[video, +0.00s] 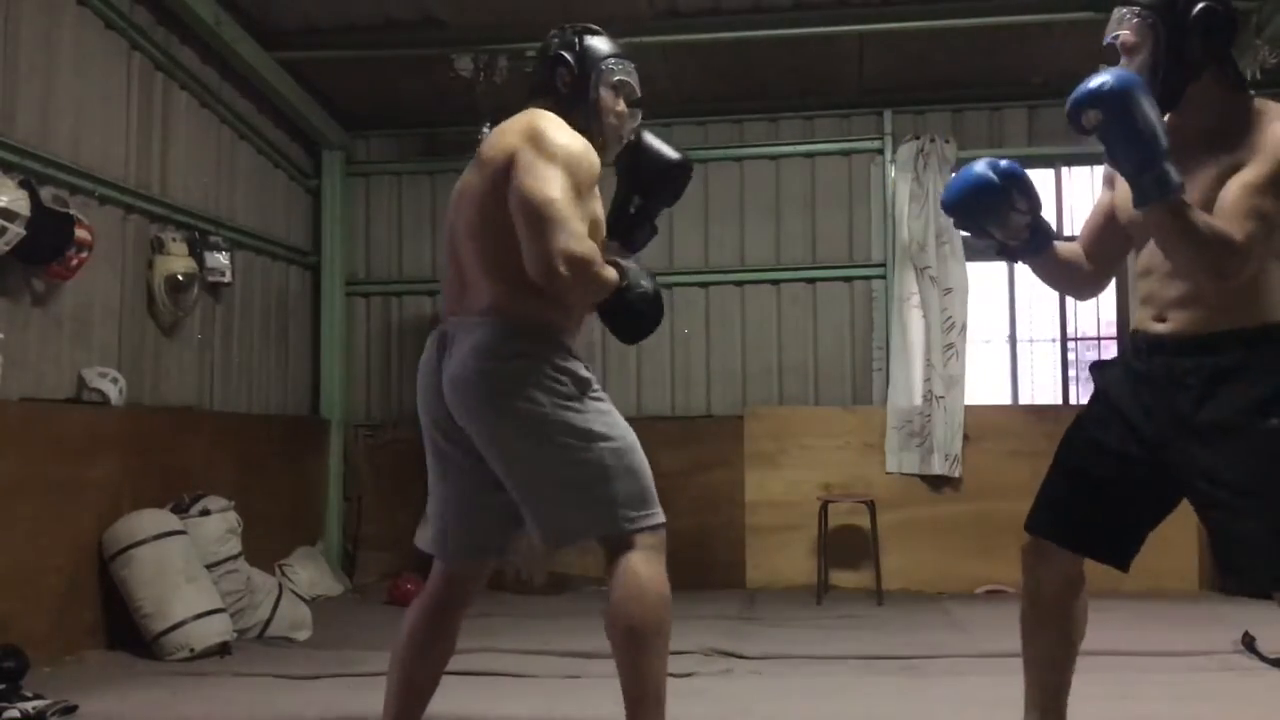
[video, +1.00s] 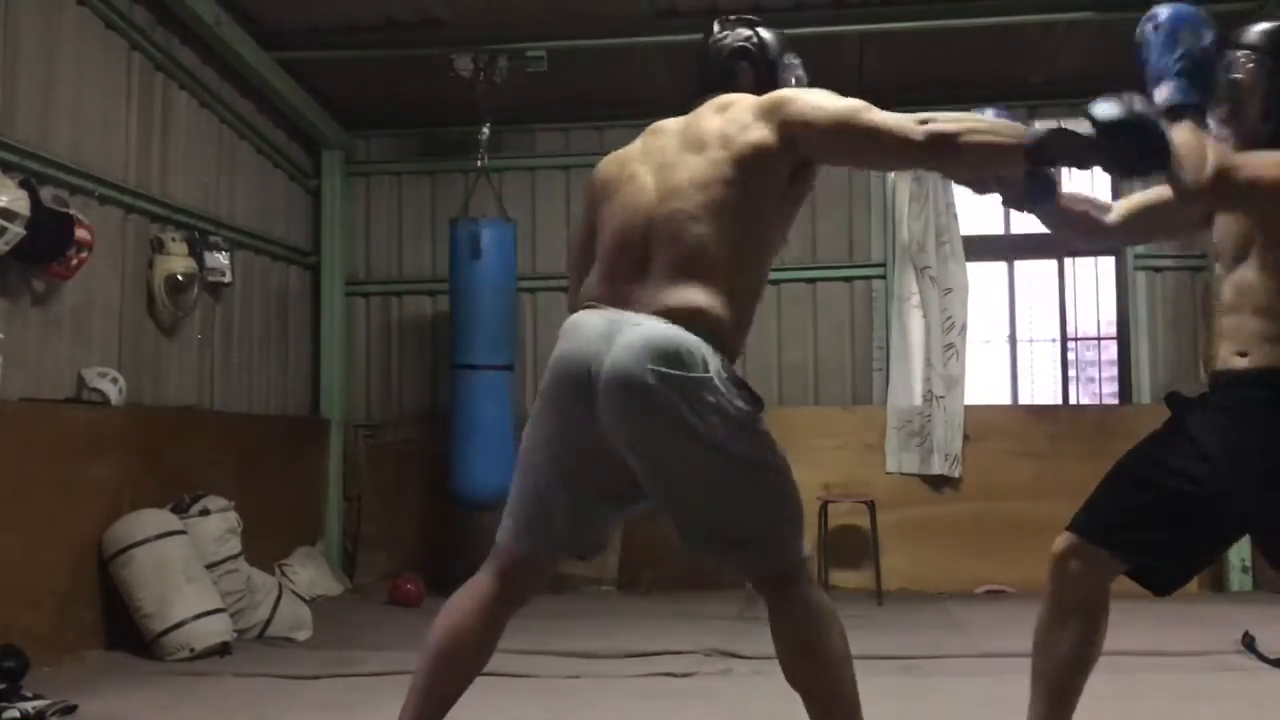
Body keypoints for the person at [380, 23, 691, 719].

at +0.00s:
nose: (632, 111)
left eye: (634, 96)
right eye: (621, 92)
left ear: (558, 88)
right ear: (575, 84)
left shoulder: (503, 146)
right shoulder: (552, 136)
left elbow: (568, 280)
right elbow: (561, 259)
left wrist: (628, 224)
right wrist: (620, 280)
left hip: (450, 368)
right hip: (519, 367)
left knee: (457, 569)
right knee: (640, 536)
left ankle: (398, 714)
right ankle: (647, 715)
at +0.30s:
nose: (654, 116)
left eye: (655, 100)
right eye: (649, 97)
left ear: (580, 84)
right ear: (618, 86)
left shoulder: (520, 149)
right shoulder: (606, 134)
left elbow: (537, 277)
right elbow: (653, 272)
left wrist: (627, 311)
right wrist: (659, 298)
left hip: (495, 379)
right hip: (571, 377)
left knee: (486, 586)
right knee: (675, 572)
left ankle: (411, 714)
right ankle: (713, 713)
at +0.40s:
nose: (668, 127)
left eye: (670, 118)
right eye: (667, 115)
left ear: (598, 94)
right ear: (646, 102)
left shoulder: (532, 157)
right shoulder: (634, 131)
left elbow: (533, 280)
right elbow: (689, 250)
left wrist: (627, 308)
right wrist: (659, 289)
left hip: (494, 379)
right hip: (572, 378)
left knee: (488, 584)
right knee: (691, 568)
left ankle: (410, 714)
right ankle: (718, 716)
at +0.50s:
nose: (676, 119)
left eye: (679, 110)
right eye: (674, 107)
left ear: (605, 86)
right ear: (648, 93)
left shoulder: (546, 145)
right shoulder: (641, 130)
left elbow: (568, 264)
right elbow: (680, 266)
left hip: (492, 375)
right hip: (571, 375)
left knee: (485, 584)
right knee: (685, 568)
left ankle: (407, 715)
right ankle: (716, 714)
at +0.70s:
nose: (684, 122)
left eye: (685, 103)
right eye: (675, 101)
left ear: (608, 96)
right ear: (629, 93)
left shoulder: (557, 154)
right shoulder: (624, 144)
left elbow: (632, 283)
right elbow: (659, 292)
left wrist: (702, 215)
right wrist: (671, 335)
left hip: (500, 391)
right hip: (575, 392)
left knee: (487, 590)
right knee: (739, 538)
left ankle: (408, 715)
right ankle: (768, 714)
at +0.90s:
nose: (766, 101)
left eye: (761, 94)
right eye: (761, 93)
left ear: (672, 89)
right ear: (735, 89)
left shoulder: (598, 162)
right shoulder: (739, 118)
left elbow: (567, 272)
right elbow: (851, 159)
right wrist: (989, 179)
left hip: (568, 347)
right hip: (668, 350)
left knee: (493, 567)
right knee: (772, 579)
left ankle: (408, 713)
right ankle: (835, 718)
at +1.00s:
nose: (804, 109)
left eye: (802, 103)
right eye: (799, 98)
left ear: (709, 86)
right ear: (775, 87)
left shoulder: (621, 158)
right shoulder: (780, 108)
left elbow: (583, 293)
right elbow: (930, 142)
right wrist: (1055, 148)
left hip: (579, 346)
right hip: (675, 357)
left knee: (504, 575)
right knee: (786, 581)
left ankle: (413, 711)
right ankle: (841, 714)